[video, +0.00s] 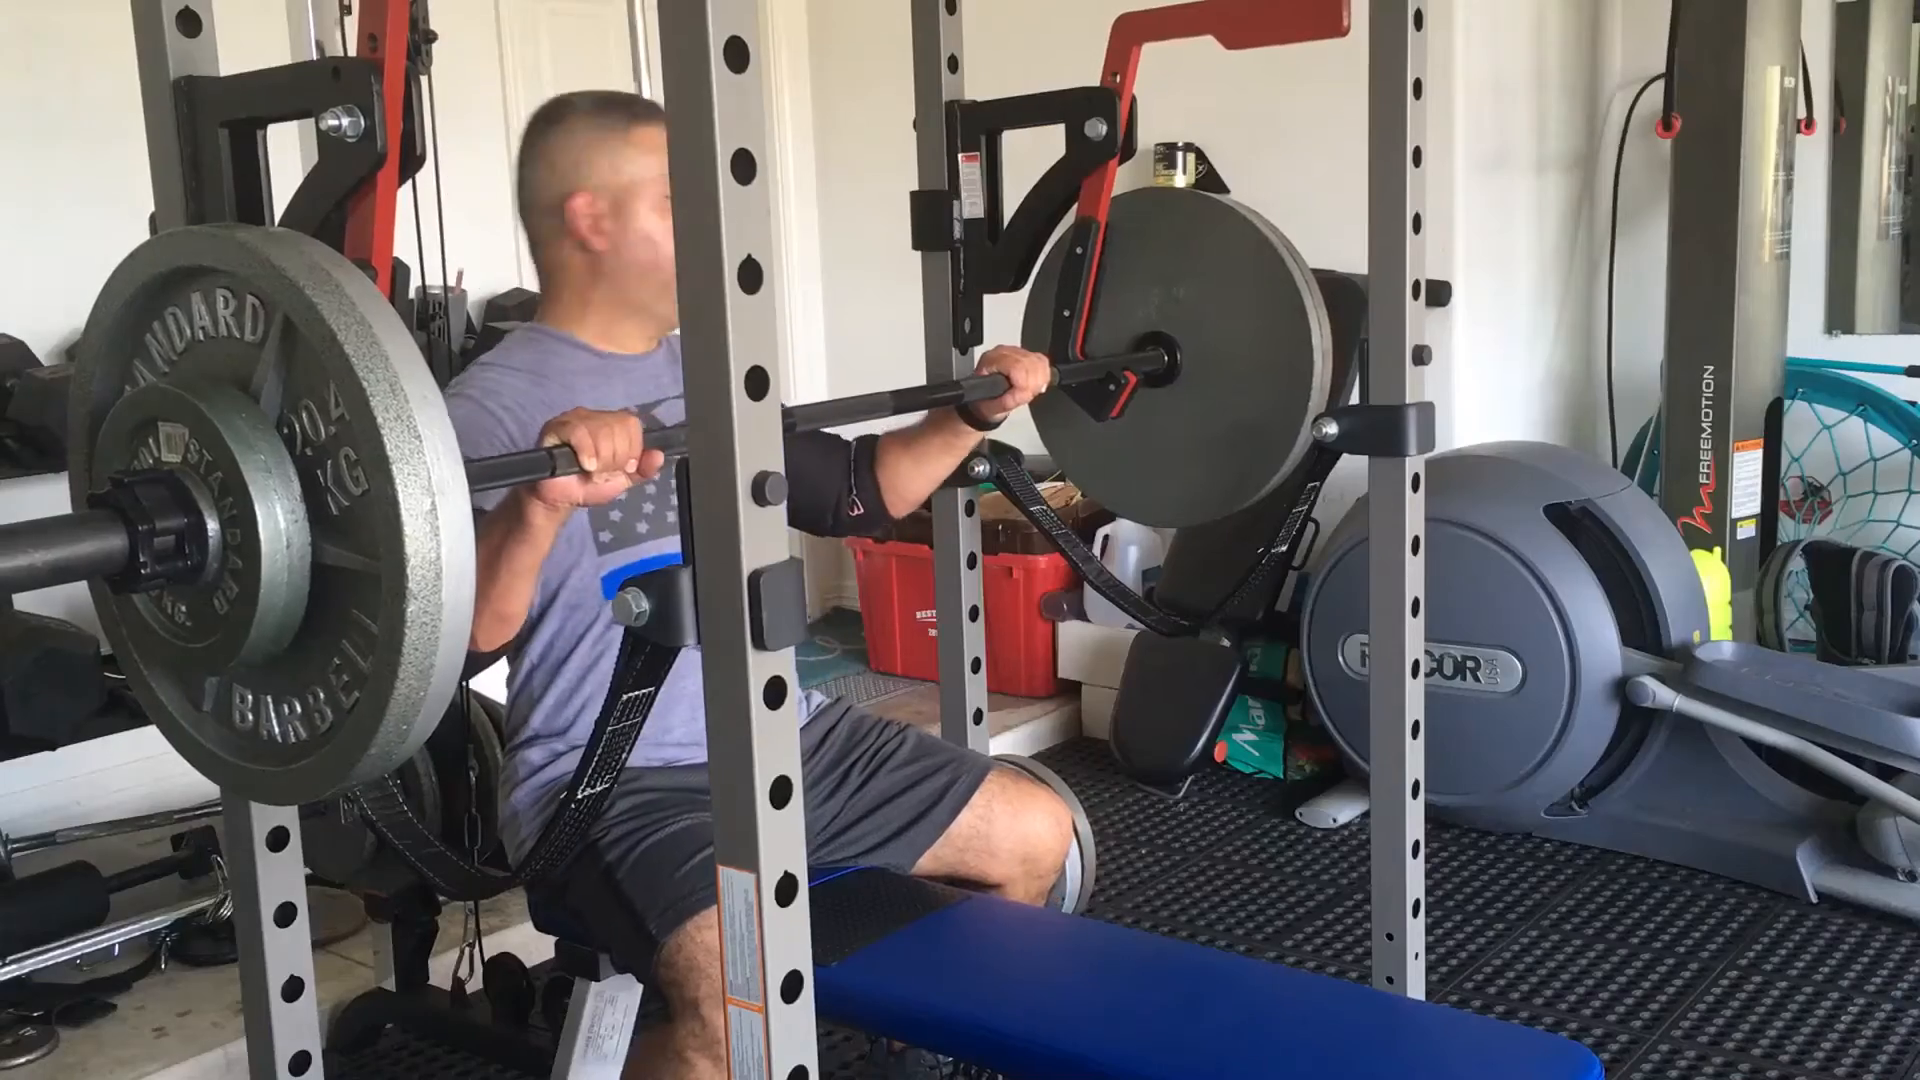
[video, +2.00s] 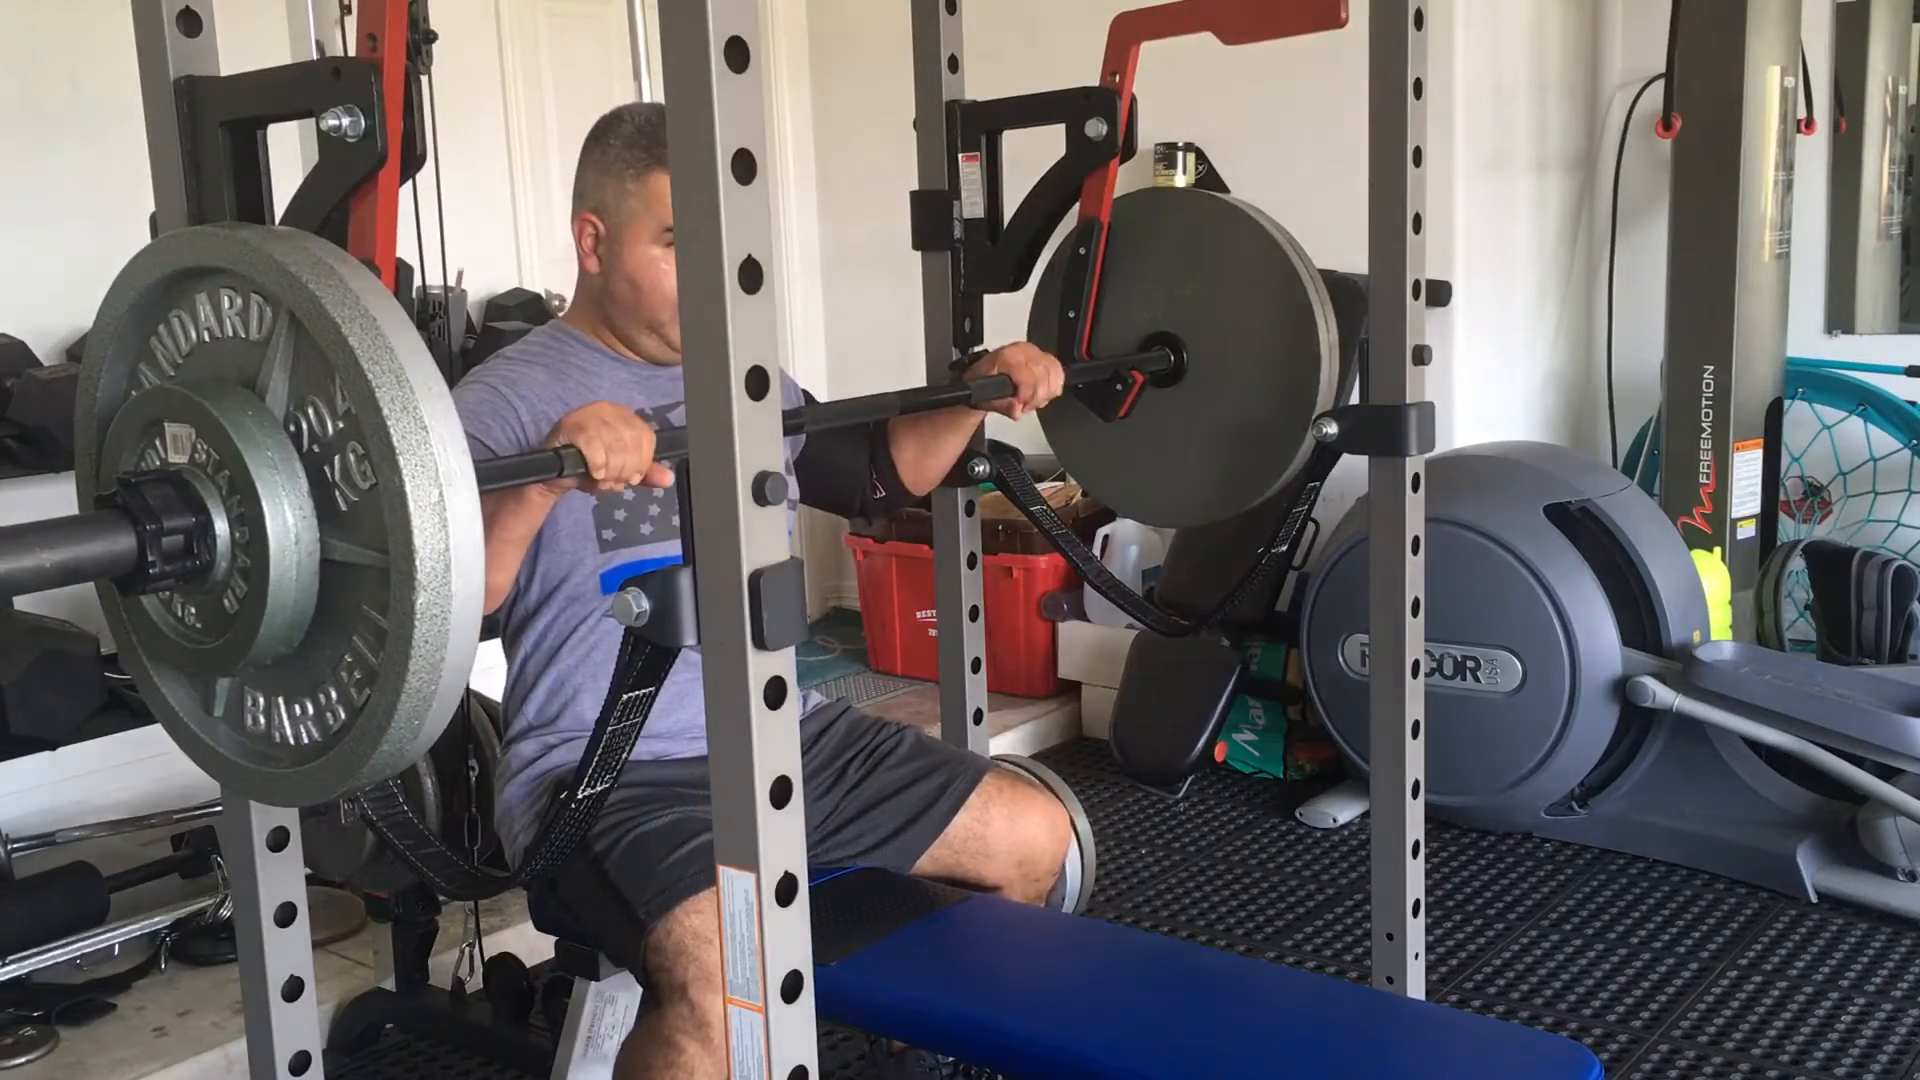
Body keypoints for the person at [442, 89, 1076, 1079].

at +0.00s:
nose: (705, 225)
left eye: (698, 197)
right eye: (677, 196)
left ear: (600, 222)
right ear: (592, 221)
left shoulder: (703, 368)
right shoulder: (493, 399)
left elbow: (863, 491)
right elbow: (470, 638)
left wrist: (974, 408)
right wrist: (543, 500)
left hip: (775, 732)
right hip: (608, 776)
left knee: (1032, 831)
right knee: (739, 972)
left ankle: (982, 1051)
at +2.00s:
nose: (705, 267)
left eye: (715, 240)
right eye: (674, 241)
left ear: (737, 245)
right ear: (591, 245)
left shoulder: (740, 378)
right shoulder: (506, 397)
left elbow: (879, 478)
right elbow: (462, 606)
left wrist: (978, 392)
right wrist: (552, 464)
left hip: (777, 736)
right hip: (608, 770)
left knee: (1032, 833)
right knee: (725, 957)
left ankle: (980, 1045)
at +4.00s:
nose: (611, 456)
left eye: (610, 432)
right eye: (561, 444)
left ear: (633, 443)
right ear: (501, 493)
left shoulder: (753, 530)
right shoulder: (565, 619)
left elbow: (947, 585)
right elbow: (521, 717)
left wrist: (962, 425)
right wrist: (518, 520)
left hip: (1056, 697)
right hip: (924, 773)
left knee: (1387, 912)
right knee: (1112, 1035)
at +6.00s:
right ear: (731, 732)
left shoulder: (1025, 679)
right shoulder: (813, 804)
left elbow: (1104, 605)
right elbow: (671, 754)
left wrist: (1023, 447)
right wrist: (605, 560)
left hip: (1333, 783)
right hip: (1192, 862)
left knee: (1777, 960)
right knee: (1416, 1009)